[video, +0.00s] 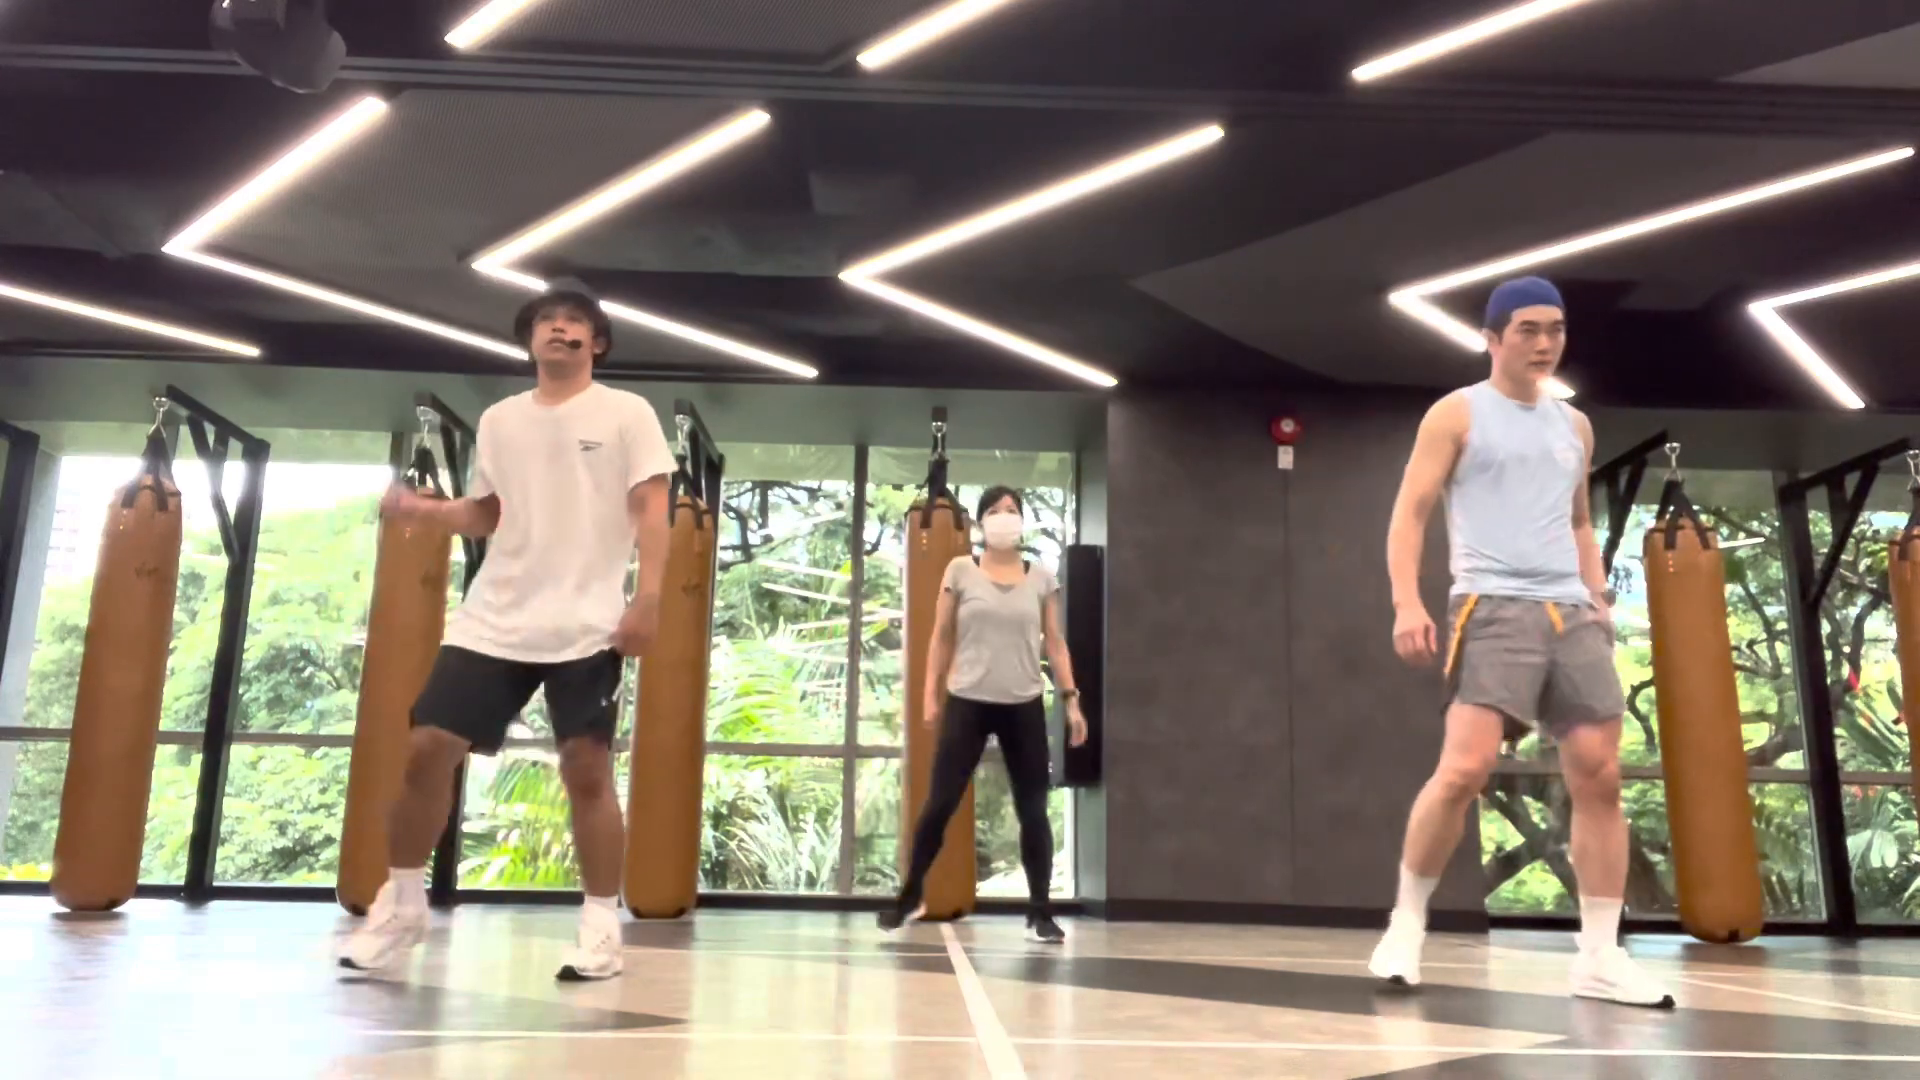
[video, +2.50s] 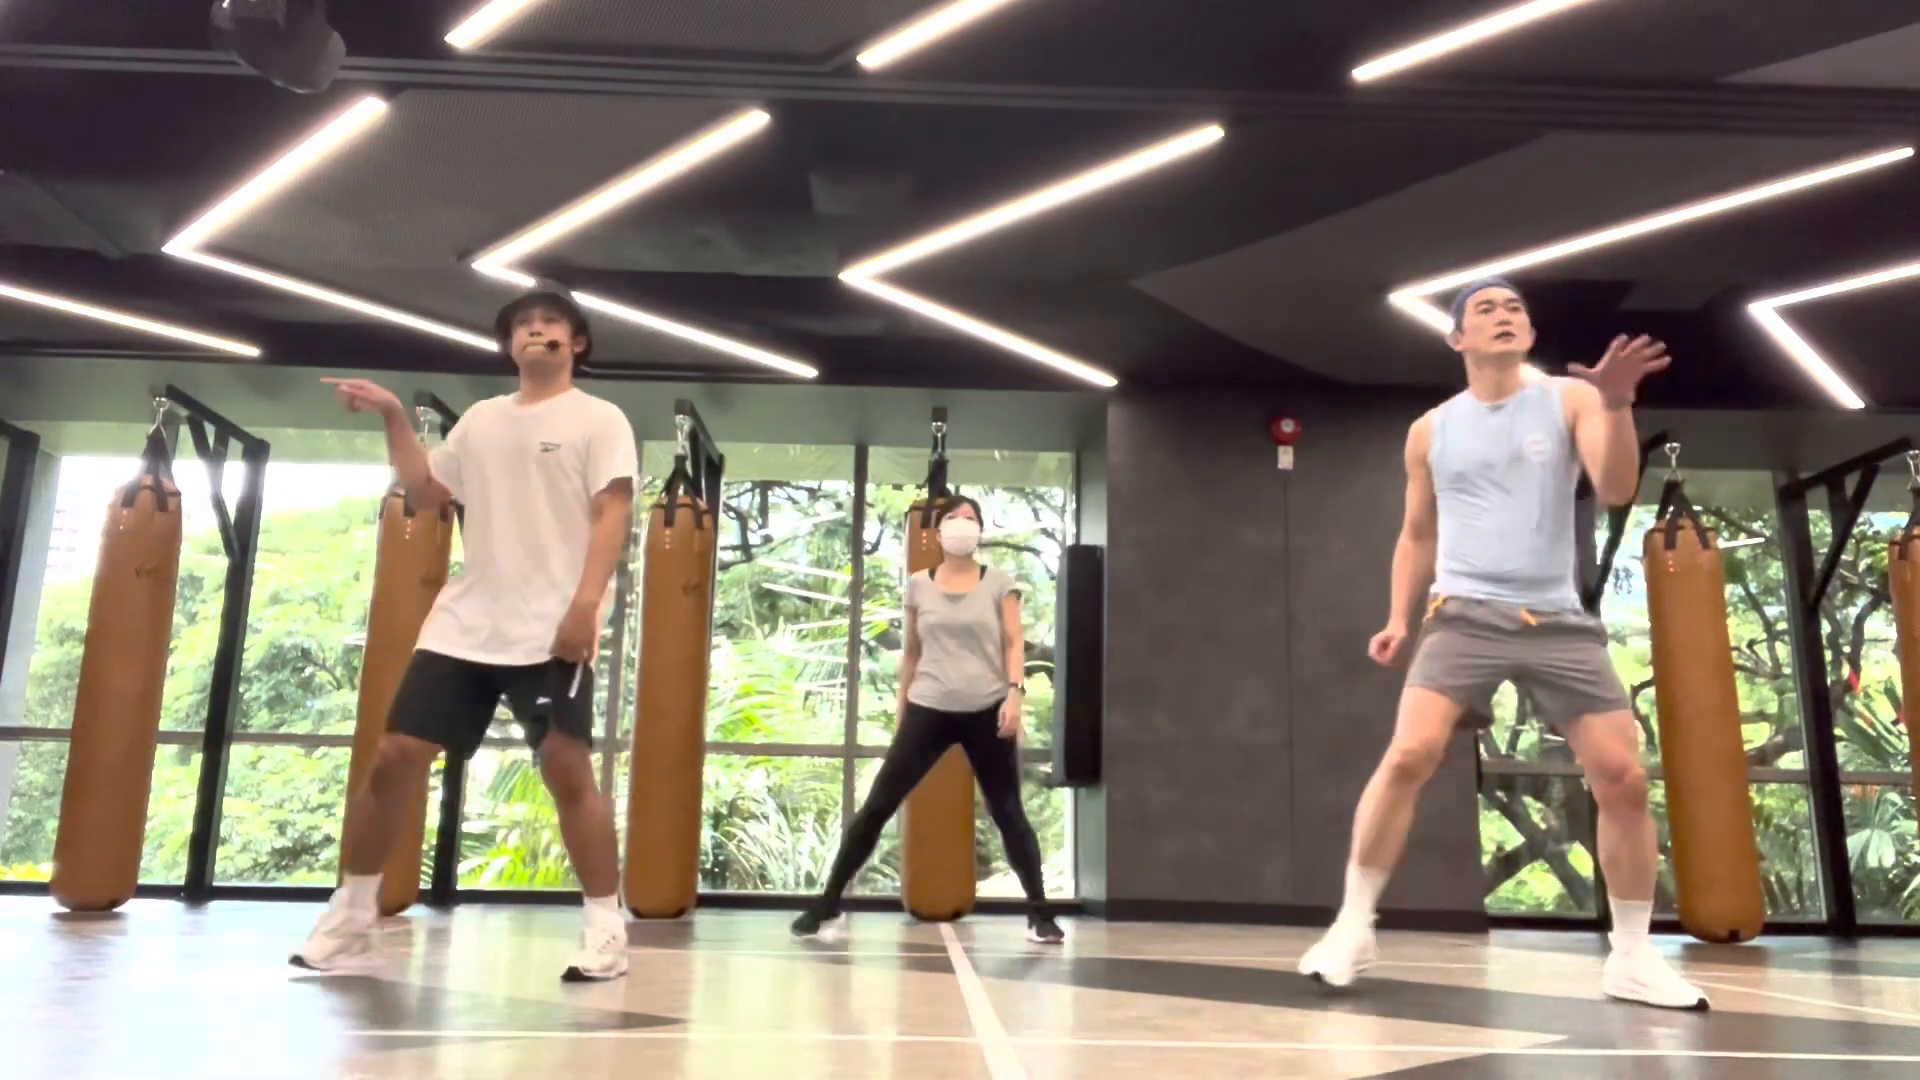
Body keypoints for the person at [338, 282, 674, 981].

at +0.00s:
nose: (561, 327)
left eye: (575, 318)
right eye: (548, 317)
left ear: (596, 341)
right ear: (528, 338)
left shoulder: (628, 414)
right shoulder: (498, 420)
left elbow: (653, 512)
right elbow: (488, 513)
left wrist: (645, 602)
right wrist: (430, 510)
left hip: (585, 620)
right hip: (495, 616)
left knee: (586, 769)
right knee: (428, 747)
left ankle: (601, 929)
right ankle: (403, 907)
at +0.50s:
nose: (579, 322)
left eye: (593, 314)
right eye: (568, 313)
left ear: (615, 337)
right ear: (548, 335)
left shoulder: (635, 412)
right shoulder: (515, 412)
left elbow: (645, 508)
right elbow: (453, 484)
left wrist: (623, 600)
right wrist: (460, 397)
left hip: (580, 615)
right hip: (496, 606)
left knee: (586, 773)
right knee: (433, 724)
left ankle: (601, 930)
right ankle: (466, 871)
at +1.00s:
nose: (425, 333)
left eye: (438, 322)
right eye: (429, 321)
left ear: (475, 331)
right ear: (449, 332)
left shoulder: (530, 412)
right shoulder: (403, 411)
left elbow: (541, 508)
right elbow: (348, 484)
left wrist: (528, 595)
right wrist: (333, 399)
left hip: (482, 618)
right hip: (392, 619)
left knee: (485, 748)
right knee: (371, 768)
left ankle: (544, 905)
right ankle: (357, 930)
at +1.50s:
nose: (445, 322)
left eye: (459, 309)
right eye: (445, 311)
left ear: (499, 321)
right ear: (454, 325)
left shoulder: (547, 409)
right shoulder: (416, 407)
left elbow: (564, 506)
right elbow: (397, 515)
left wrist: (559, 592)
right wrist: (383, 603)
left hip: (501, 614)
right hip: (408, 615)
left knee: (519, 746)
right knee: (375, 765)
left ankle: (560, 892)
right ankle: (359, 929)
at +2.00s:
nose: (573, 320)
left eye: (587, 312)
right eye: (562, 312)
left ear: (613, 331)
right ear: (547, 334)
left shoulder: (642, 408)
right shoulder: (526, 411)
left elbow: (667, 500)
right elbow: (505, 509)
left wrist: (656, 587)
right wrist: (434, 531)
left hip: (602, 614)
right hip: (517, 611)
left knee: (595, 759)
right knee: (476, 745)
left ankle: (608, 928)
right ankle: (525, 894)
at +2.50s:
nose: (540, 332)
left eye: (554, 322)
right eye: (527, 324)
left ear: (579, 344)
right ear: (508, 346)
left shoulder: (601, 421)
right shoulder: (478, 420)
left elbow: (612, 517)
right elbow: (424, 496)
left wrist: (585, 604)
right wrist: (394, 415)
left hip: (550, 625)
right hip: (465, 620)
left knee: (567, 768)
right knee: (396, 757)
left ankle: (605, 927)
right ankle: (355, 912)